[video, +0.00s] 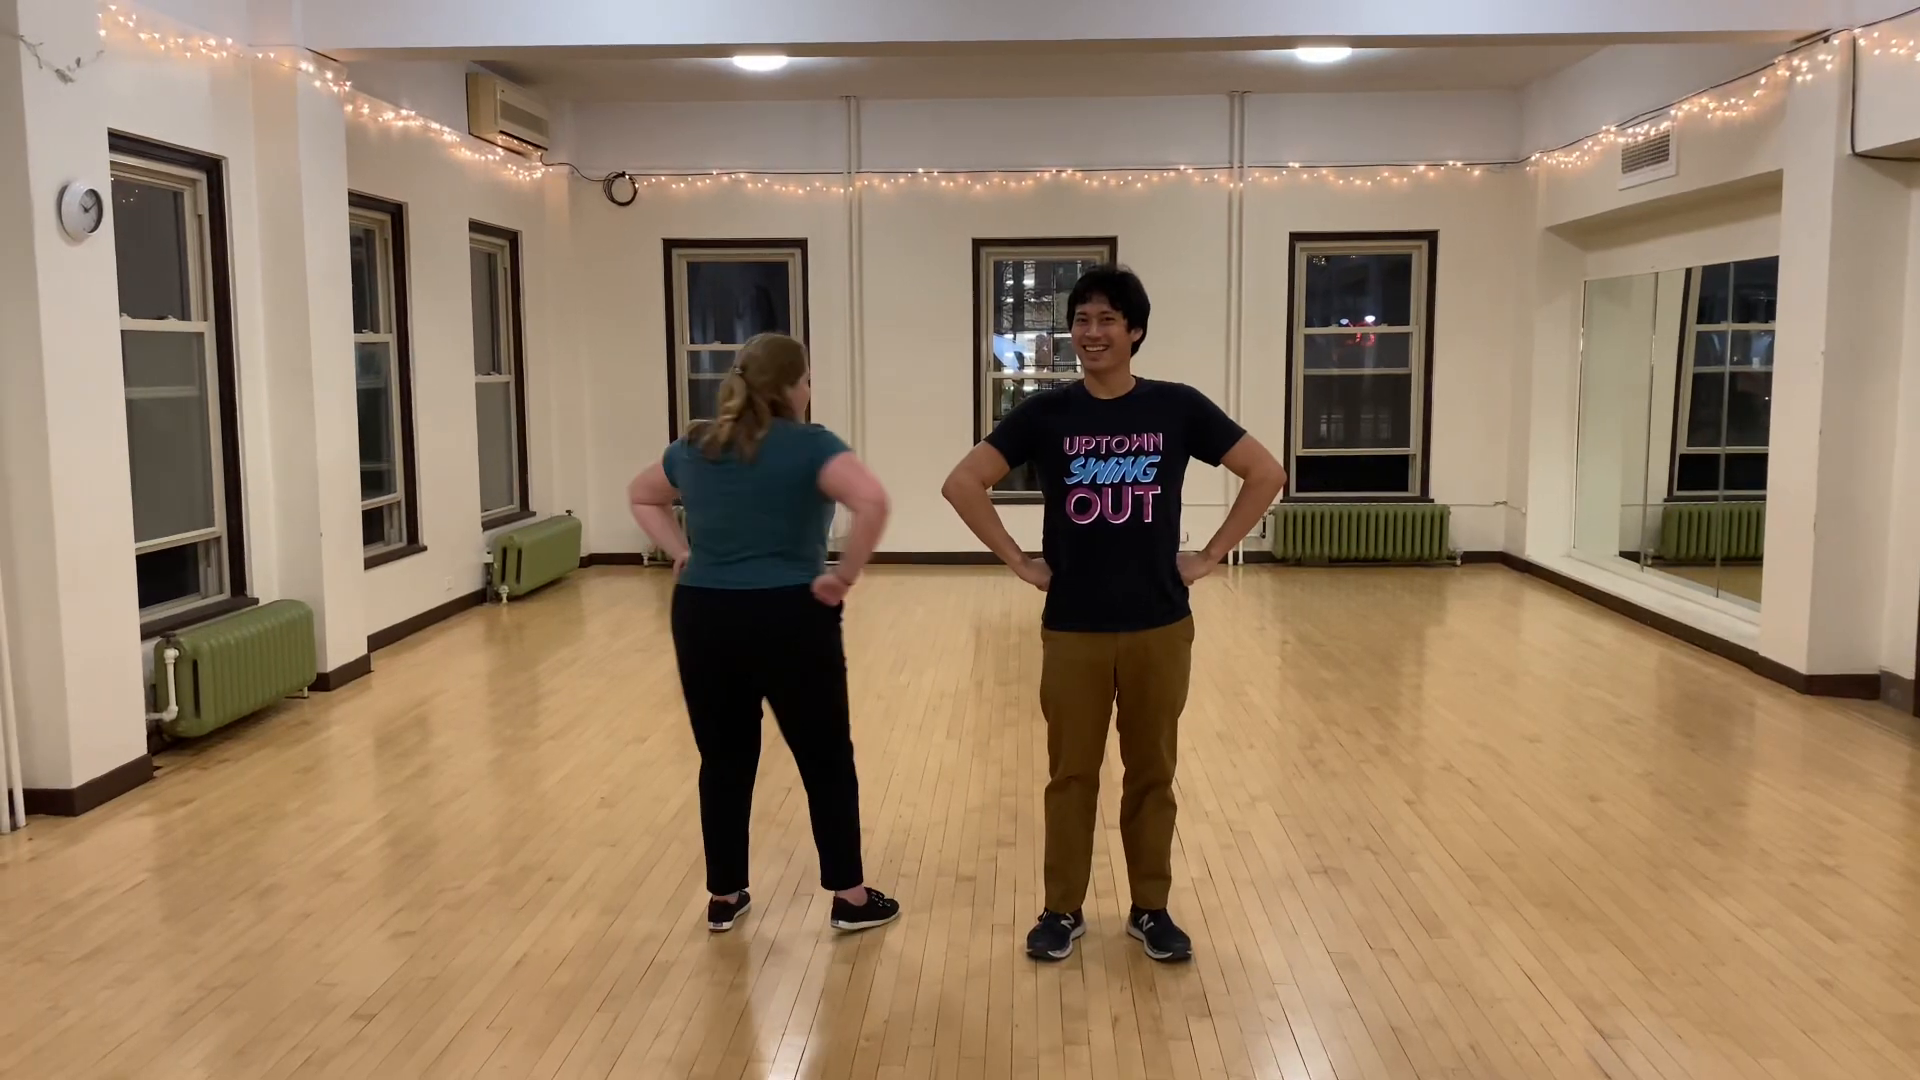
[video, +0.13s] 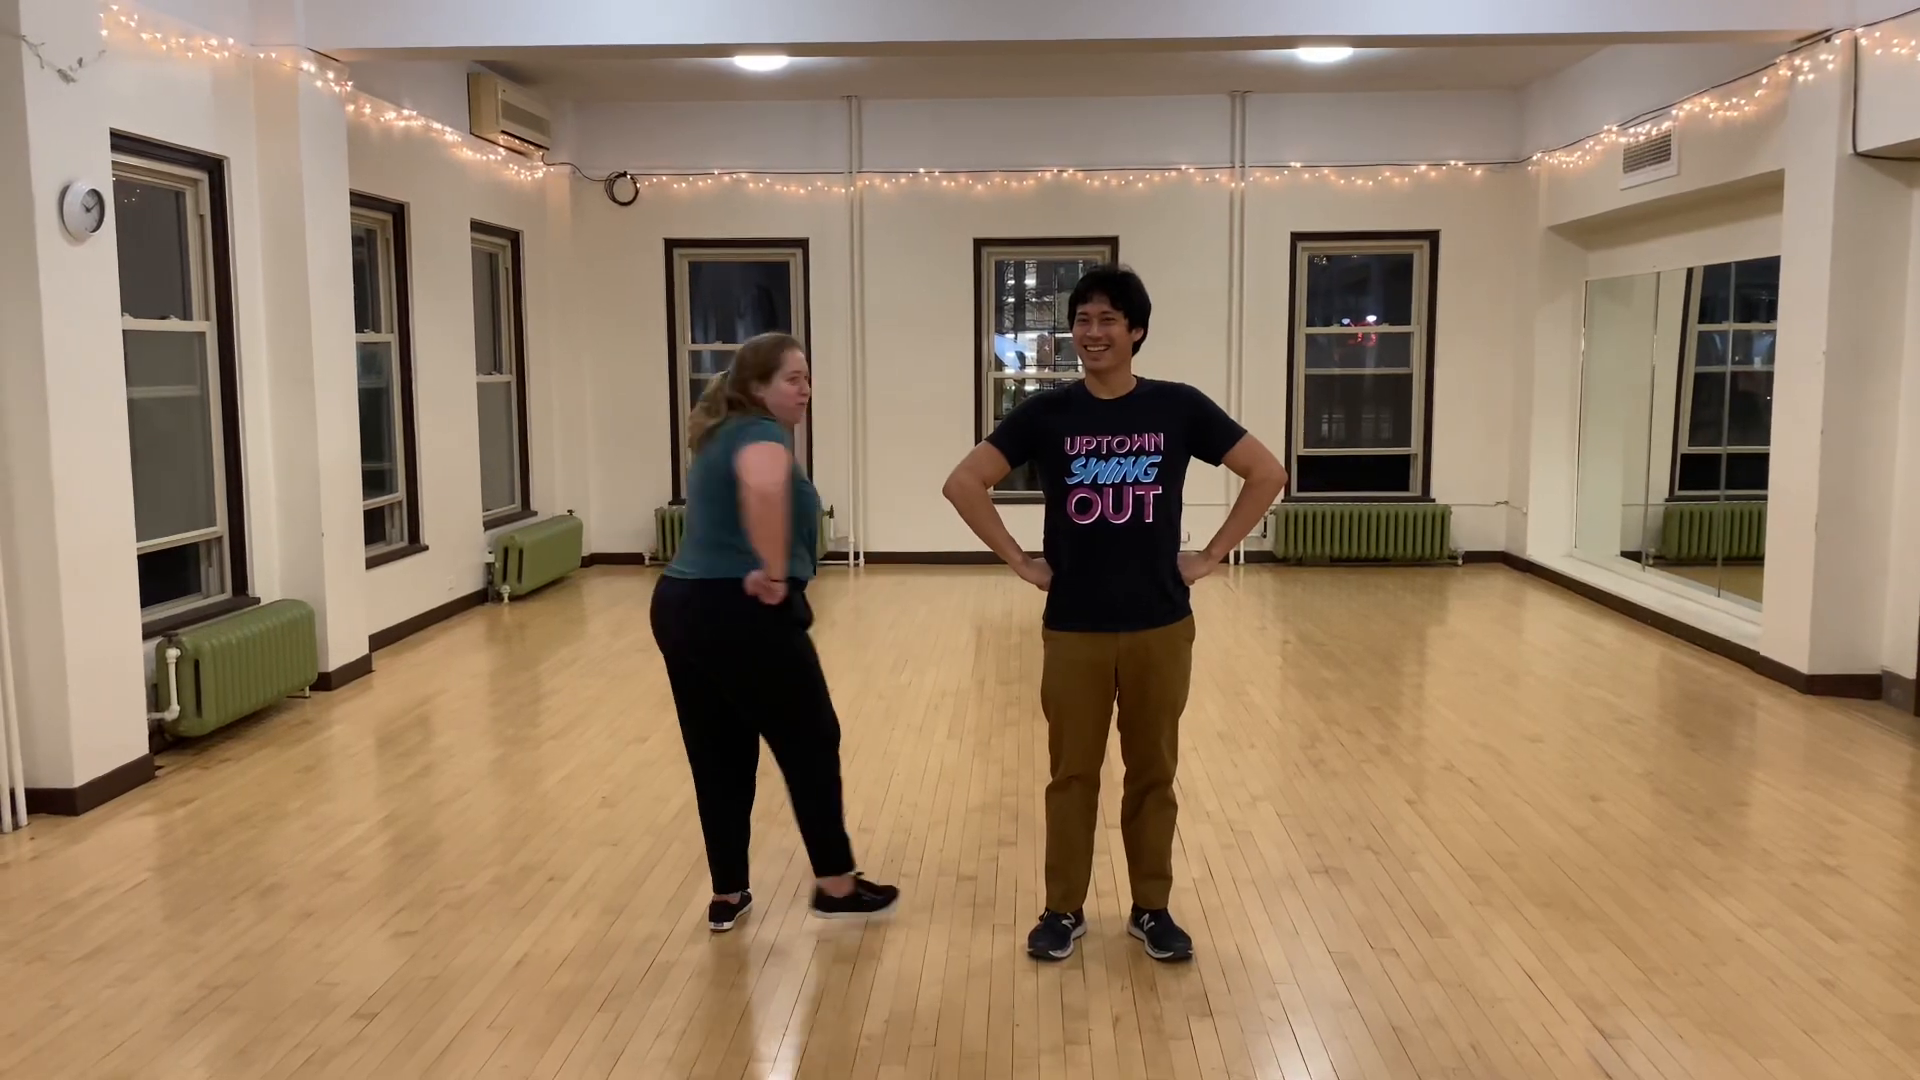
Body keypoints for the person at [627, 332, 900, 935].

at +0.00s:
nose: (810, 391)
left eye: (808, 380)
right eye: (807, 382)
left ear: (742, 386)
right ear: (792, 388)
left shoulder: (696, 448)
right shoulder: (809, 444)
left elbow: (643, 497)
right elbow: (872, 500)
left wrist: (682, 553)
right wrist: (842, 576)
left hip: (705, 622)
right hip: (793, 622)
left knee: (724, 759)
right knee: (826, 758)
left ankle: (725, 895)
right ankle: (848, 894)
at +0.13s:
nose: (805, 390)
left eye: (806, 379)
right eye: (793, 379)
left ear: (746, 390)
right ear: (757, 385)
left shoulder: (720, 437)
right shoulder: (761, 434)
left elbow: (710, 521)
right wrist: (774, 569)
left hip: (685, 604)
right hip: (747, 607)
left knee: (719, 749)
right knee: (810, 736)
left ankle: (727, 892)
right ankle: (836, 881)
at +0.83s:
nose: (706, 383)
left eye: (718, 371)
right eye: (693, 371)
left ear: (737, 379)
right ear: (673, 379)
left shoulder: (764, 441)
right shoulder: (646, 441)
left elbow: (832, 494)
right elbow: (565, 498)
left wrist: (776, 560)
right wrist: (623, 577)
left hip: (746, 620)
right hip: (670, 624)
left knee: (735, 763)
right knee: (673, 775)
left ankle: (727, 892)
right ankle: (659, 925)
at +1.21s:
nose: (709, 379)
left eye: (721, 368)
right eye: (696, 368)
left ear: (738, 376)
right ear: (674, 376)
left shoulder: (761, 438)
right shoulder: (649, 436)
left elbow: (827, 490)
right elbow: (571, 494)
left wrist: (774, 553)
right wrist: (629, 574)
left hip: (745, 616)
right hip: (669, 620)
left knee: (732, 760)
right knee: (672, 770)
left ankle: (730, 891)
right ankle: (662, 920)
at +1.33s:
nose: (711, 378)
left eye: (722, 367)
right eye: (697, 367)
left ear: (739, 375)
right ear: (676, 375)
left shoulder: (762, 438)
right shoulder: (650, 435)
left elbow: (828, 490)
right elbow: (573, 493)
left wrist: (775, 552)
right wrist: (630, 574)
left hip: (745, 617)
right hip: (670, 620)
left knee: (733, 759)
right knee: (673, 770)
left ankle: (730, 890)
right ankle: (663, 919)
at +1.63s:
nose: (734, 373)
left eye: (738, 361)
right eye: (718, 364)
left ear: (746, 369)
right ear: (683, 375)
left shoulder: (762, 434)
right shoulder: (653, 435)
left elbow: (830, 487)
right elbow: (574, 492)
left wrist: (779, 550)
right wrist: (632, 573)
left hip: (748, 614)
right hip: (672, 618)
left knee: (735, 759)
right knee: (675, 767)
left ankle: (731, 888)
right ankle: (664, 917)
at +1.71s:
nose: (742, 370)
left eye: (742, 359)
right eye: (728, 362)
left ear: (740, 370)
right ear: (690, 375)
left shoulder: (762, 434)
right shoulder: (653, 435)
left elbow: (830, 487)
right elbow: (574, 493)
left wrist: (780, 549)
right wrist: (632, 574)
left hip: (749, 614)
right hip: (673, 619)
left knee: (735, 760)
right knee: (675, 769)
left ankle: (732, 889)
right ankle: (664, 918)